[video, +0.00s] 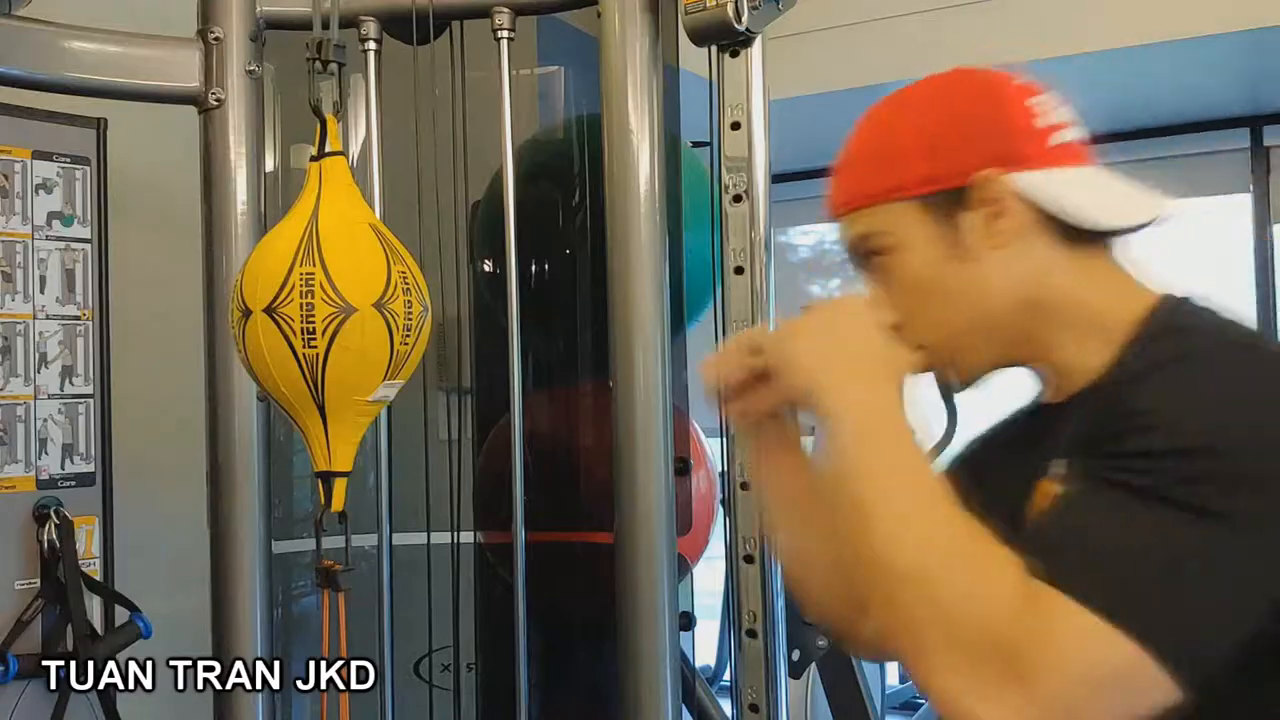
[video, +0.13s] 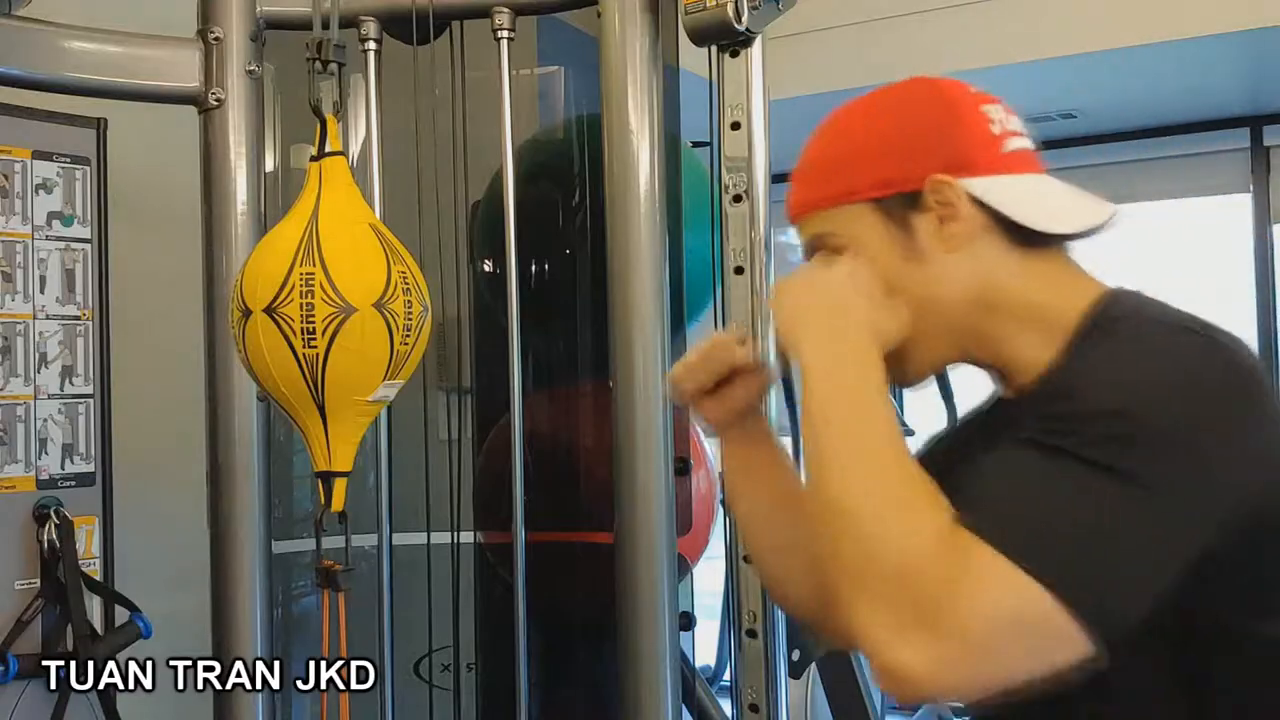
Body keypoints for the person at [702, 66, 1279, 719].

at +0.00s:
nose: (873, 309)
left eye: (876, 257)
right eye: (860, 268)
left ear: (994, 212)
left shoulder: (1236, 403)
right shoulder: (1032, 439)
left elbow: (1026, 686)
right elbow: (872, 618)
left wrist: (861, 395)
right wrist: (769, 435)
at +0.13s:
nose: (821, 293)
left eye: (831, 255)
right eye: (813, 263)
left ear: (945, 216)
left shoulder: (1179, 388)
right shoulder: (992, 434)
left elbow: (928, 645)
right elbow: (836, 601)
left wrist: (835, 350)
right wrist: (739, 434)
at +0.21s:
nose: (816, 283)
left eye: (824, 247)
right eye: (809, 256)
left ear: (937, 209)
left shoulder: (1160, 376)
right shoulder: (991, 419)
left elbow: (906, 639)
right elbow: (836, 599)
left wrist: (832, 346)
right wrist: (748, 419)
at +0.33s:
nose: (835, 299)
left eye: (839, 246)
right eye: (826, 257)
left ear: (949, 207)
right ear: (951, 212)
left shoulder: (1156, 394)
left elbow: (897, 672)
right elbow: (892, 633)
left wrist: (804, 377)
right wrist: (737, 471)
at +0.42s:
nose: (847, 294)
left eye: (850, 250)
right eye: (838, 259)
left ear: (961, 213)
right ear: (966, 215)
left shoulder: (1161, 409)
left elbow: (895, 685)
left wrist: (824, 380)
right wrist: (789, 507)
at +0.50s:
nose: (852, 294)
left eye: (858, 250)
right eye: (847, 259)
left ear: (973, 218)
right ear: (976, 219)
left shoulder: (1177, 421)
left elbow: (901, 692)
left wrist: (827, 389)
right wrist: (825, 487)